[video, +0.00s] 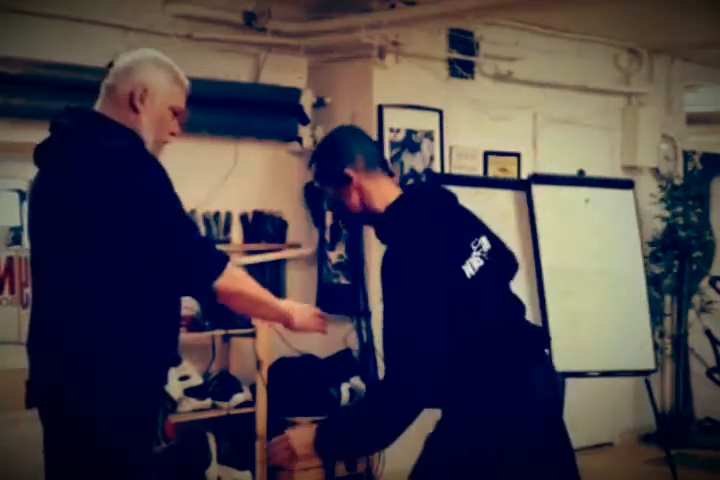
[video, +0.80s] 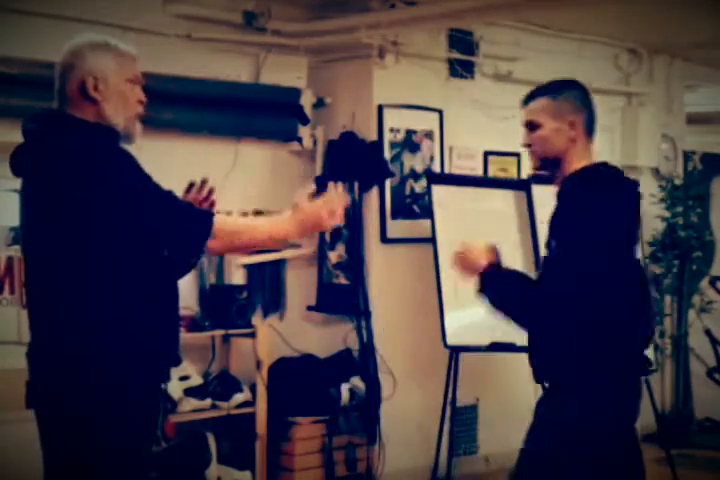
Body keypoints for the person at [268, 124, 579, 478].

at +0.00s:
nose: (336, 210)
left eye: (333, 195)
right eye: (330, 198)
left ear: (353, 179)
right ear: (379, 166)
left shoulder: (407, 248)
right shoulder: (437, 202)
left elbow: (411, 384)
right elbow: (504, 262)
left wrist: (323, 439)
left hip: (483, 405)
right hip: (533, 380)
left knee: (429, 474)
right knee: (555, 475)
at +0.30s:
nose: (354, 193)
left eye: (352, 178)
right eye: (348, 182)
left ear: (380, 166)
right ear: (396, 158)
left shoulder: (429, 246)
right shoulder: (465, 205)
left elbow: (404, 377)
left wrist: (309, 416)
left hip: (485, 411)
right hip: (535, 391)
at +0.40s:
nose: (383, 181)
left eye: (384, 167)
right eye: (380, 170)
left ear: (413, 157)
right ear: (422, 155)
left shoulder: (450, 248)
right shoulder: (492, 207)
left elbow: (410, 359)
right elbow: (504, 305)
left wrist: (312, 407)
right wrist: (434, 303)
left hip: (495, 407)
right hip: (545, 388)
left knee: (445, 472)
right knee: (558, 473)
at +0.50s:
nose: (422, 169)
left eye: (427, 154)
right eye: (420, 156)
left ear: (462, 148)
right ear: (464, 150)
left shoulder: (490, 235)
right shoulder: (521, 203)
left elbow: (425, 340)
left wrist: (332, 407)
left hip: (525, 408)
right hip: (561, 392)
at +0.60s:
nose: (469, 156)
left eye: (475, 143)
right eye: (469, 145)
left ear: (510, 140)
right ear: (512, 140)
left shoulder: (521, 230)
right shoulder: (562, 202)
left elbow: (465, 343)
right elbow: (550, 302)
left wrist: (370, 375)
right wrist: (486, 308)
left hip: (548, 407)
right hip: (587, 392)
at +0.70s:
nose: (502, 147)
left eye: (509, 134)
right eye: (503, 135)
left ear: (546, 135)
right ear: (545, 136)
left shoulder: (558, 206)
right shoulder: (586, 195)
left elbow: (532, 335)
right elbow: (551, 304)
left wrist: (434, 326)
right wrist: (494, 297)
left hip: (568, 400)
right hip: (603, 390)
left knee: (530, 472)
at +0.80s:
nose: (526, 141)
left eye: (534, 127)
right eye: (525, 130)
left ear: (573, 129)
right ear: (570, 132)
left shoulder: (587, 195)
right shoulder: (605, 190)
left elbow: (556, 316)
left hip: (578, 399)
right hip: (604, 394)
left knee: (536, 472)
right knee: (611, 472)